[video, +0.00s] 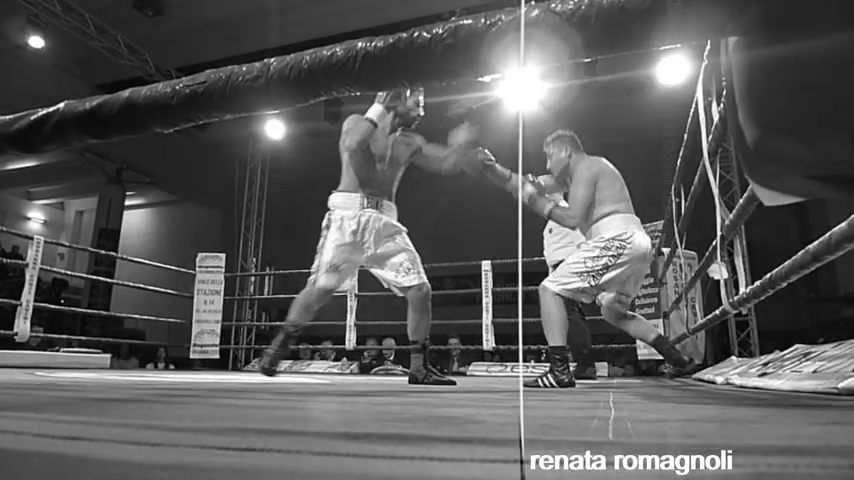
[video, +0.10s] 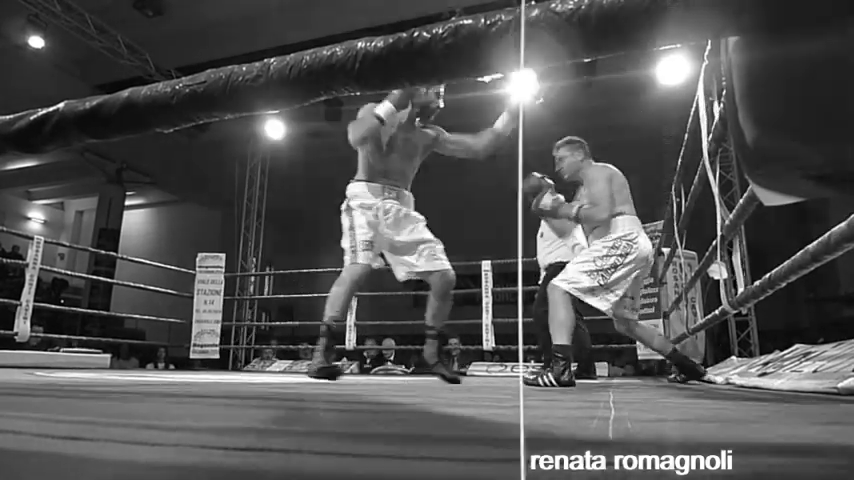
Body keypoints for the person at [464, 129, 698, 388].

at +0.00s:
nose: (547, 162)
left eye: (549, 154)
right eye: (546, 156)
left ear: (565, 150)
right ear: (568, 151)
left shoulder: (584, 167)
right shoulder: (592, 168)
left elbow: (575, 218)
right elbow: (534, 186)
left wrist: (538, 203)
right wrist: (491, 167)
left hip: (617, 240)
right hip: (639, 243)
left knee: (549, 289)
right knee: (613, 311)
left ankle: (559, 370)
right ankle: (676, 357)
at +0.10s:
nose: (557, 166)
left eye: (561, 159)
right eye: (555, 161)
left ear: (579, 155)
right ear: (578, 159)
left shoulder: (598, 172)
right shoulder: (583, 190)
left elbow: (601, 213)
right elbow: (565, 227)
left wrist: (568, 211)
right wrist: (548, 208)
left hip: (623, 241)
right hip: (637, 246)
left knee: (558, 288)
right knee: (624, 322)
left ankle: (560, 368)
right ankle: (687, 365)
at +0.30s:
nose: (587, 157)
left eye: (590, 151)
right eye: (585, 154)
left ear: (608, 148)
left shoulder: (617, 163)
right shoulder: (601, 186)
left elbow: (624, 188)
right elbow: (598, 229)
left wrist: (585, 174)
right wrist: (578, 197)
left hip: (626, 233)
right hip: (639, 239)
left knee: (586, 292)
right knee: (641, 311)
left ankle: (586, 368)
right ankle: (693, 367)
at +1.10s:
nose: (545, 181)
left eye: (549, 175)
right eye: (541, 177)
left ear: (561, 175)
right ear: (538, 180)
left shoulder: (575, 195)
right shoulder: (543, 205)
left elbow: (599, 227)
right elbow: (532, 238)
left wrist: (569, 211)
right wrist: (524, 211)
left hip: (582, 252)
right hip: (564, 259)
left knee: (551, 306)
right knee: (593, 318)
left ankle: (568, 368)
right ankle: (651, 345)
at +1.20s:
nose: (532, 179)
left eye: (536, 173)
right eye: (528, 175)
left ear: (548, 173)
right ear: (525, 179)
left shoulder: (561, 193)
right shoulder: (532, 202)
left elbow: (574, 225)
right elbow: (528, 240)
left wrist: (540, 215)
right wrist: (514, 215)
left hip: (568, 253)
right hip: (549, 258)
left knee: (548, 307)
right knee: (565, 318)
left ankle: (568, 366)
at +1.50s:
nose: (488, 196)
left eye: (492, 191)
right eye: (484, 192)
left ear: (502, 192)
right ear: (479, 196)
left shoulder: (512, 207)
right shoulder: (481, 221)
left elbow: (519, 234)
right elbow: (475, 257)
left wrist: (499, 210)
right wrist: (465, 230)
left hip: (514, 266)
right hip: (489, 271)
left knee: (527, 315)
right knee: (469, 317)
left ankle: (560, 361)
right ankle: (477, 364)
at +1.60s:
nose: (465, 195)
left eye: (471, 191)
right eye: (462, 190)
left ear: (481, 193)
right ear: (457, 194)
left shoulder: (488, 212)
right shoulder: (456, 218)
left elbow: (507, 240)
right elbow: (444, 240)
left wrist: (490, 221)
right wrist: (446, 217)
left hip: (488, 267)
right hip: (463, 270)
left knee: (502, 312)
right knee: (457, 321)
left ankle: (528, 359)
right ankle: (477, 365)